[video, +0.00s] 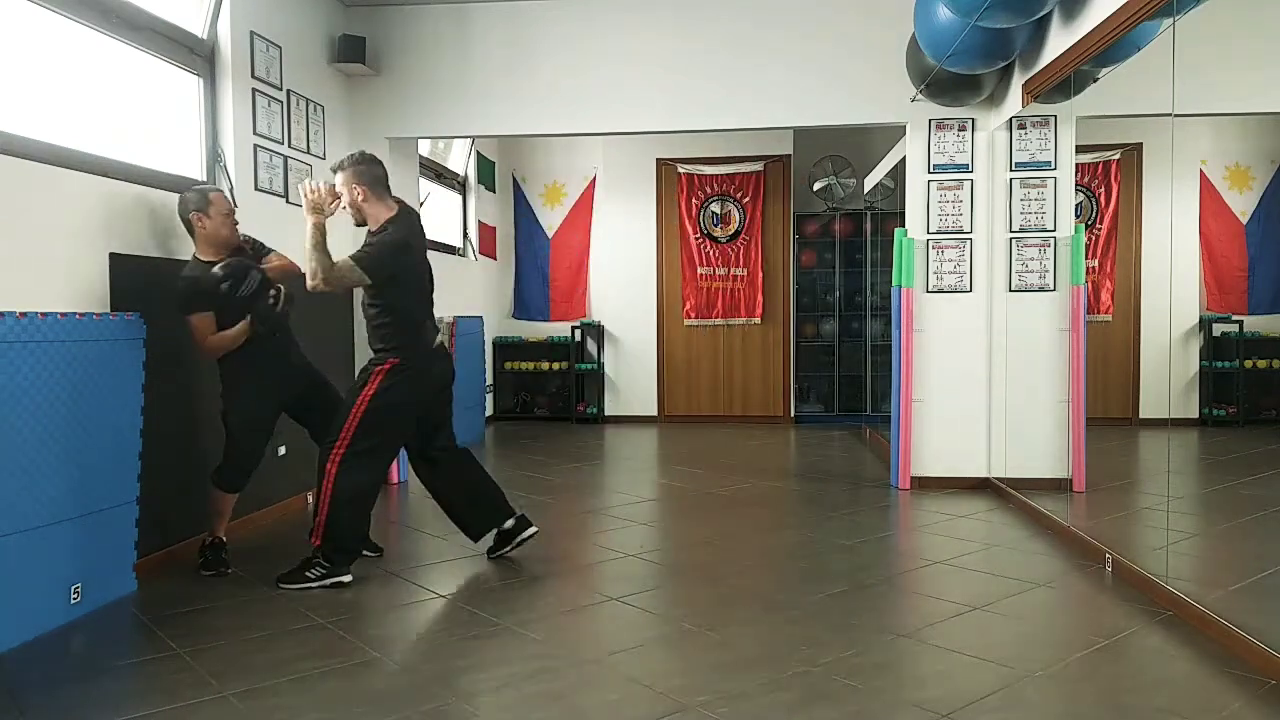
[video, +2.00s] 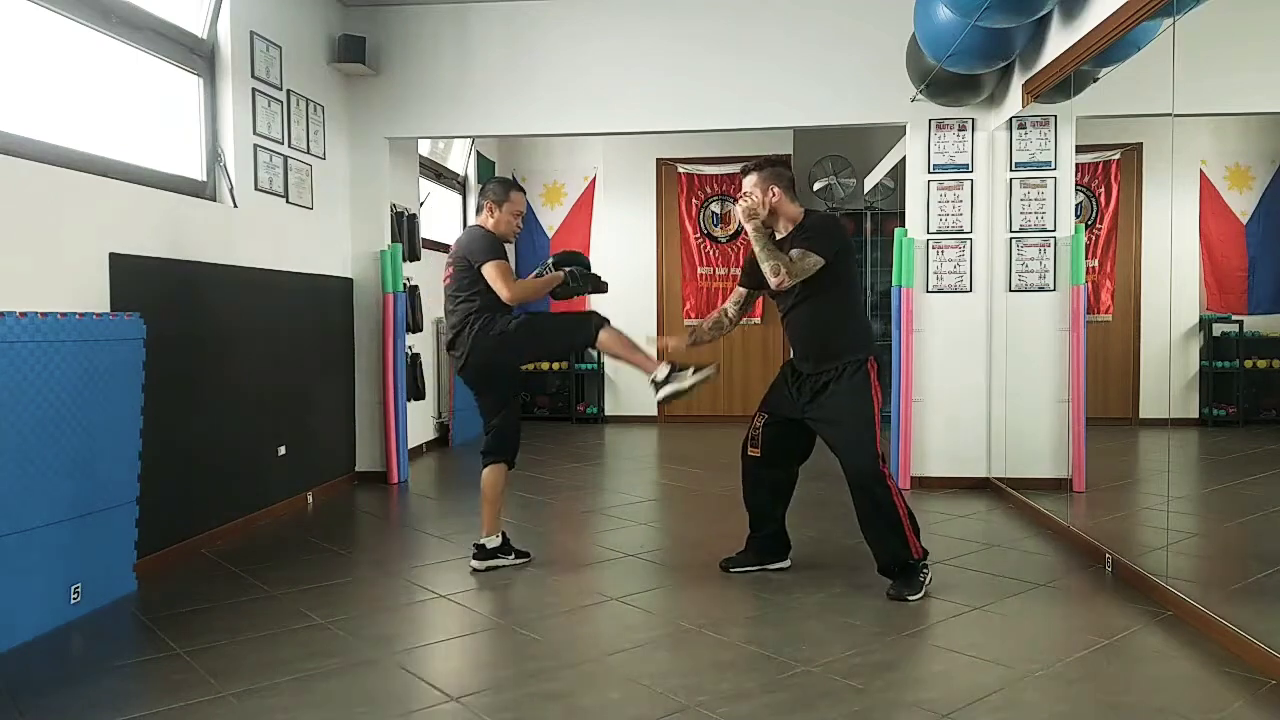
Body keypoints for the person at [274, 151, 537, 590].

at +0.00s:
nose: (343, 203)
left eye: (343, 195)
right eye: (342, 195)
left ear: (358, 192)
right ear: (379, 187)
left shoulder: (390, 242)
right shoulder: (405, 222)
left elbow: (320, 278)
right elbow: (339, 273)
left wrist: (315, 219)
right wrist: (325, 213)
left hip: (398, 365)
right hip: (428, 361)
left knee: (344, 456)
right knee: (434, 450)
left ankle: (332, 560)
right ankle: (506, 520)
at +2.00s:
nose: (743, 205)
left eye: (748, 195)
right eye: (742, 197)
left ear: (773, 194)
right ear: (769, 196)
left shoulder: (826, 229)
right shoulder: (765, 249)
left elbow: (781, 278)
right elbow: (731, 312)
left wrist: (754, 227)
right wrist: (685, 339)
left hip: (849, 372)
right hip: (799, 373)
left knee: (864, 470)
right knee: (760, 452)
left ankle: (908, 565)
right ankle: (768, 547)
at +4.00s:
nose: (553, 212)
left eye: (556, 203)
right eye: (553, 204)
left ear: (575, 200)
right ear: (581, 201)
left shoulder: (605, 229)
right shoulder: (584, 240)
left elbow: (558, 252)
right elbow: (546, 258)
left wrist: (553, 239)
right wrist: (523, 219)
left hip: (619, 373)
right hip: (587, 375)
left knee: (623, 482)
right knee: (545, 454)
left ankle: (693, 562)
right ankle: (562, 544)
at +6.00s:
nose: (496, 173)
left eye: (497, 165)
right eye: (496, 165)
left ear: (512, 161)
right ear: (540, 160)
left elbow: (483, 288)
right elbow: (582, 284)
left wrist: (474, 267)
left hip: (535, 346)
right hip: (575, 344)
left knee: (535, 454)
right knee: (531, 447)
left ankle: (582, 559)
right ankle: (524, 546)